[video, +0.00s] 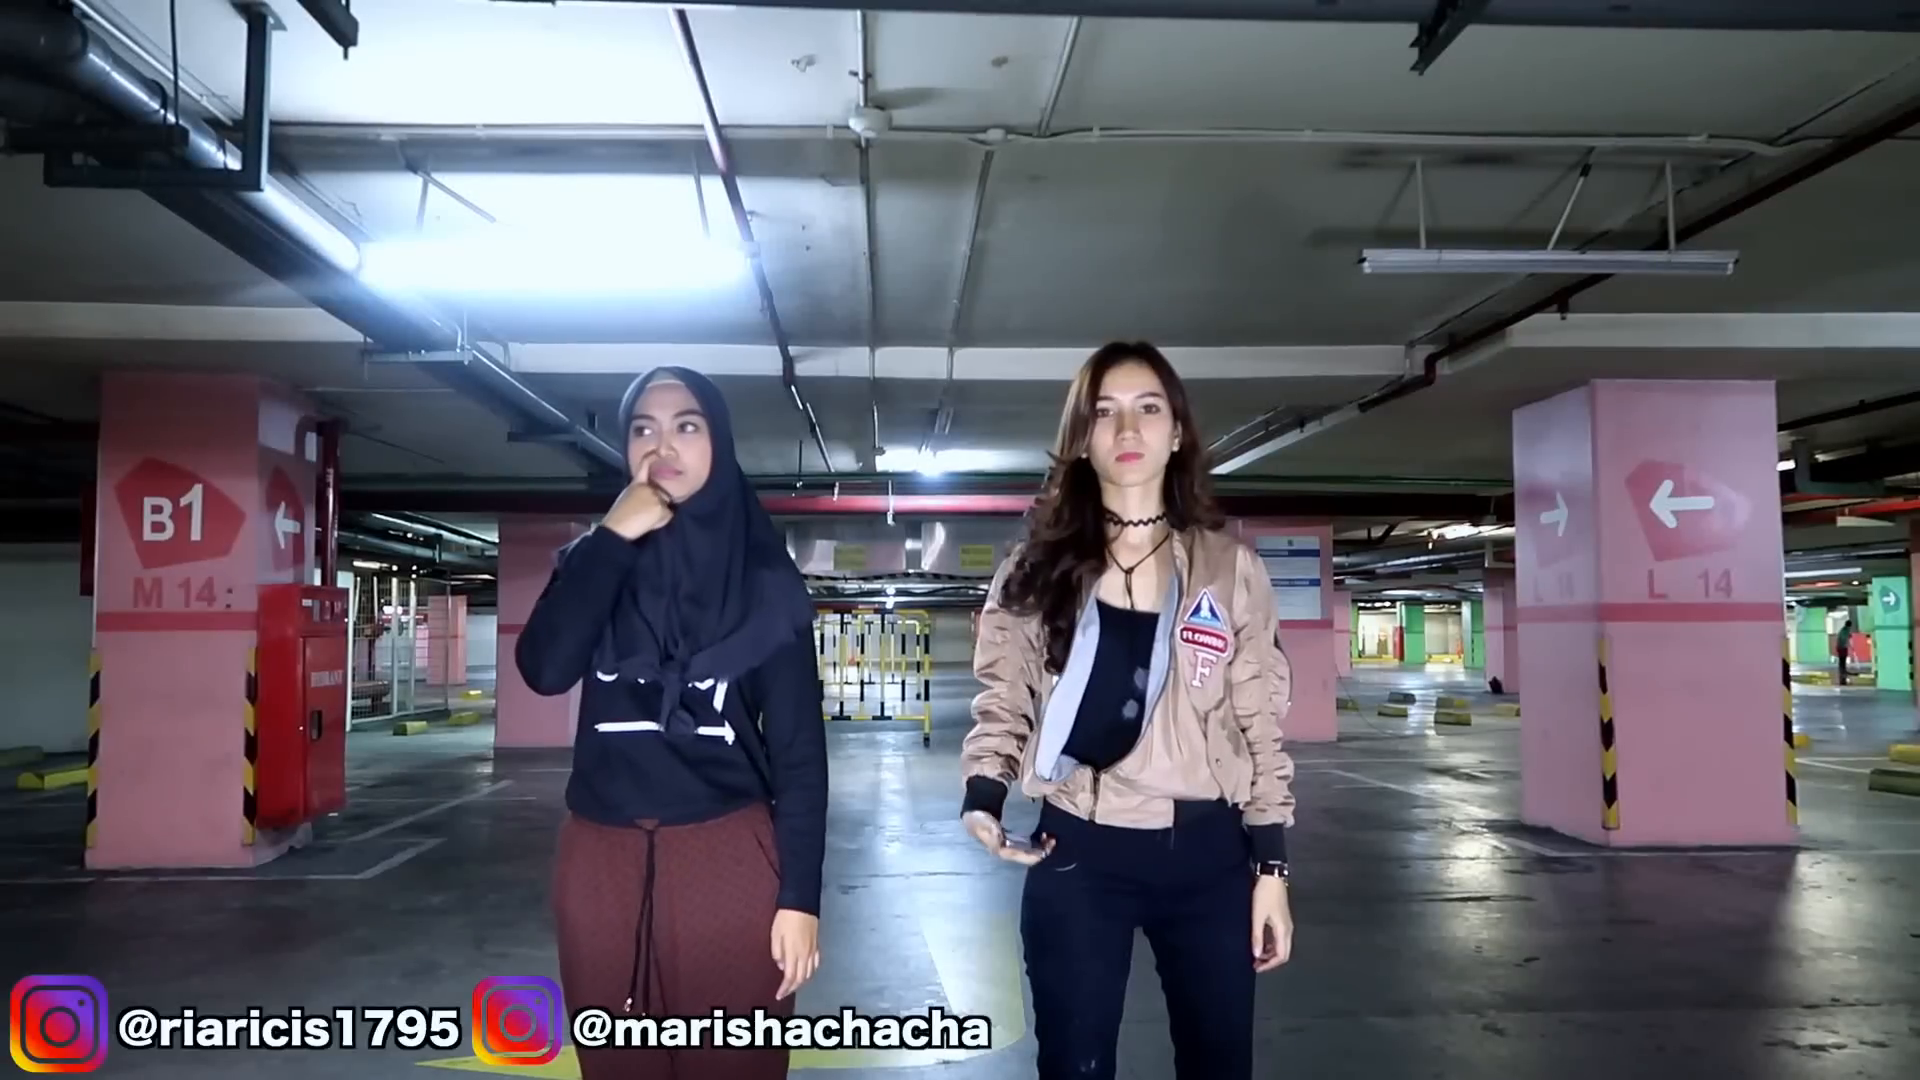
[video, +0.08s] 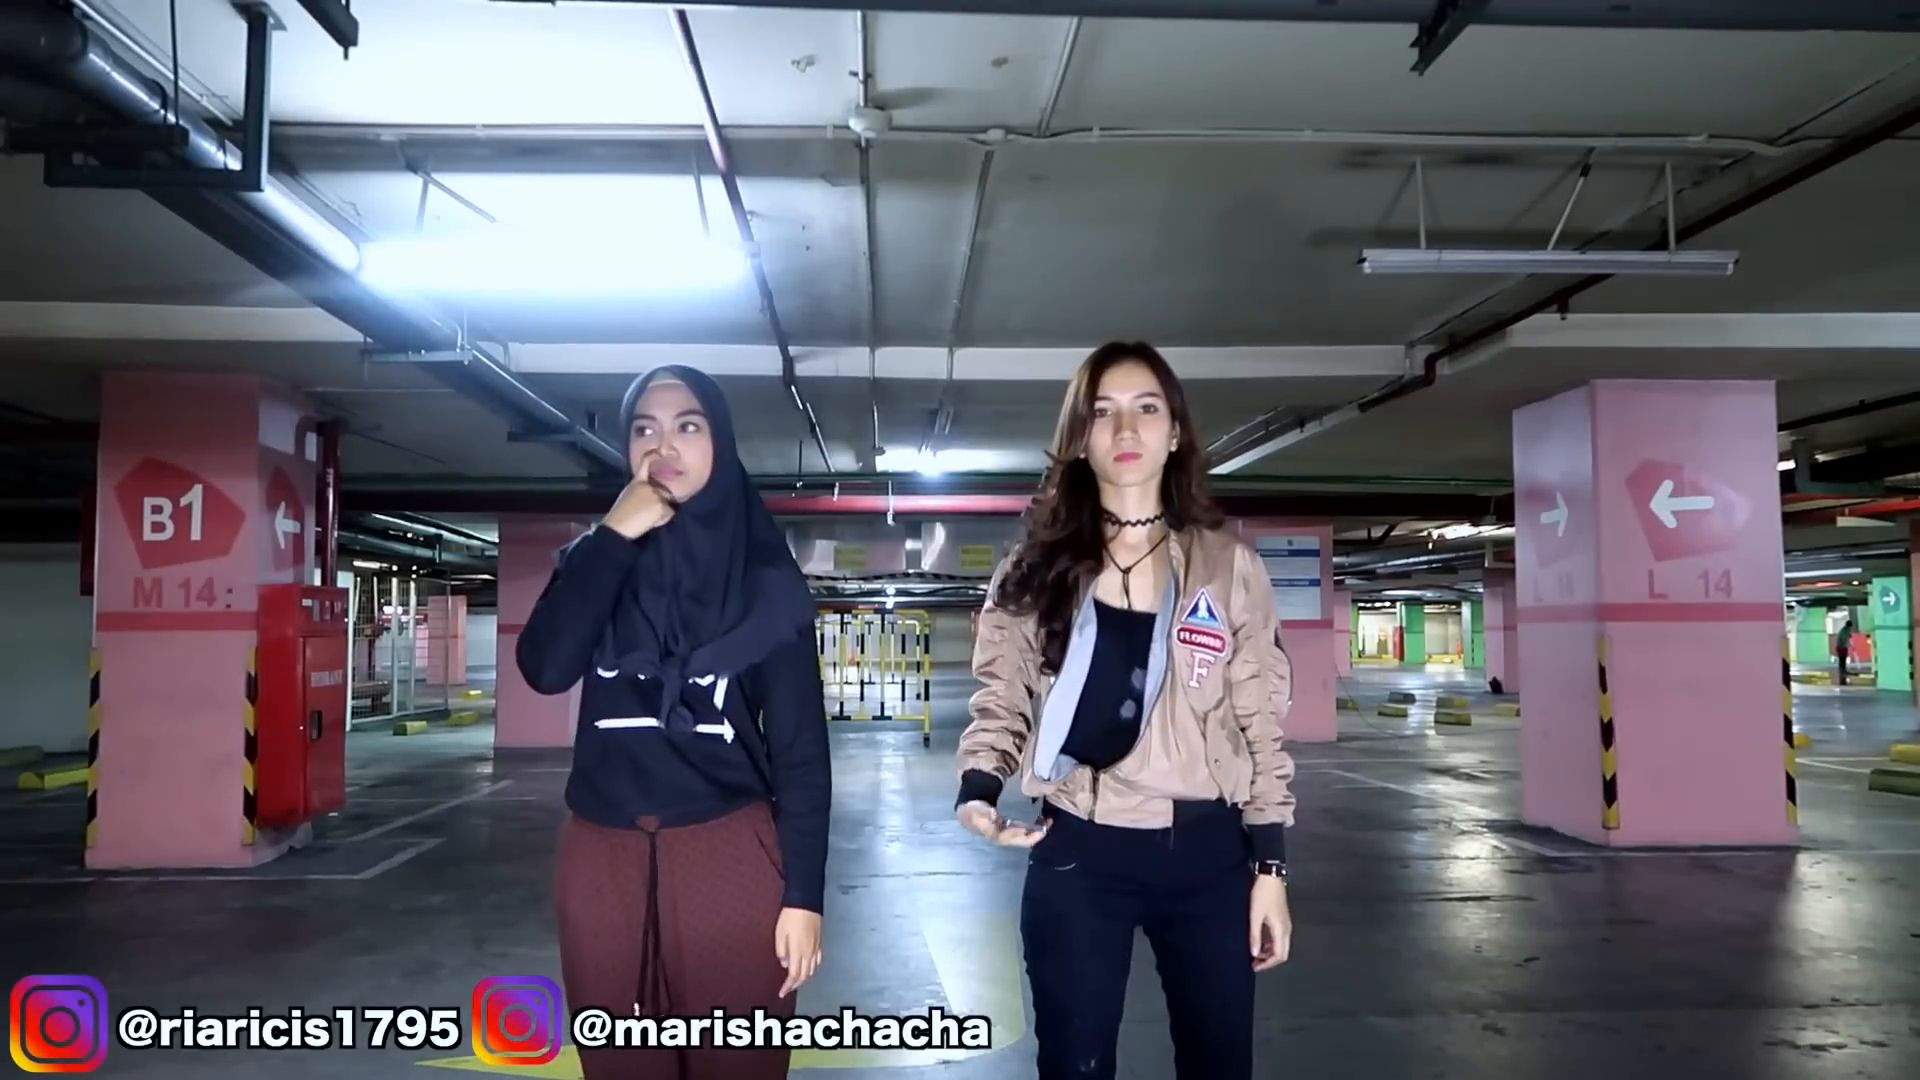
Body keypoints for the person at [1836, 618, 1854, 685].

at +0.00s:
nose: (1850, 627)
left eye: (1850, 625)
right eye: (1850, 625)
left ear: (1845, 624)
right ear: (1850, 625)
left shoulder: (1843, 630)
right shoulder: (1846, 631)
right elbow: (1848, 642)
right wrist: (1852, 650)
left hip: (1840, 650)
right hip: (1843, 650)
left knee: (1842, 666)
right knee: (1843, 666)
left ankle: (1842, 679)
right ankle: (1843, 680)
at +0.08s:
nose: (1850, 627)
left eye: (1850, 626)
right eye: (1850, 626)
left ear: (1846, 624)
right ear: (1850, 625)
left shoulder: (1844, 630)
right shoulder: (1846, 631)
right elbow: (1846, 642)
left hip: (1841, 649)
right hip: (1843, 649)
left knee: (1842, 666)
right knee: (1843, 666)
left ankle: (1842, 679)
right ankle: (1843, 680)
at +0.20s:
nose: (1851, 627)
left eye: (1851, 625)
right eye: (1851, 625)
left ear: (1847, 624)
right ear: (1851, 625)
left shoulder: (1844, 629)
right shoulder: (1847, 630)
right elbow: (1848, 640)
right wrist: (1853, 647)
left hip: (1840, 648)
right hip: (1843, 648)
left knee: (1841, 665)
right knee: (1843, 665)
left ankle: (1842, 679)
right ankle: (1843, 679)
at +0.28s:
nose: (1851, 627)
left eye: (1851, 625)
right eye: (1851, 625)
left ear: (1847, 624)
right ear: (1851, 625)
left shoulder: (1844, 630)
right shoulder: (1847, 630)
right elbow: (1848, 641)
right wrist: (1854, 648)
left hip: (1840, 648)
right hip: (1844, 648)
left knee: (1842, 665)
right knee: (1843, 665)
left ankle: (1842, 679)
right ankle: (1843, 679)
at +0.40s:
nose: (1852, 628)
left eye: (1852, 626)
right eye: (1852, 627)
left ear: (1848, 625)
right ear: (1852, 626)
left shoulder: (1845, 630)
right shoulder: (1848, 631)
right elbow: (1849, 639)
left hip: (1840, 647)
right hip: (1846, 647)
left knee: (1840, 660)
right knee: (1848, 659)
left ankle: (1841, 671)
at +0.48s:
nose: (1854, 628)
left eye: (1853, 627)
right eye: (1854, 627)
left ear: (1849, 625)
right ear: (1853, 626)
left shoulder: (1845, 630)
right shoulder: (1850, 630)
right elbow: (1850, 637)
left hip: (1841, 647)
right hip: (1847, 647)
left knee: (1840, 662)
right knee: (1850, 659)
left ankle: (1840, 677)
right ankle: (1849, 669)